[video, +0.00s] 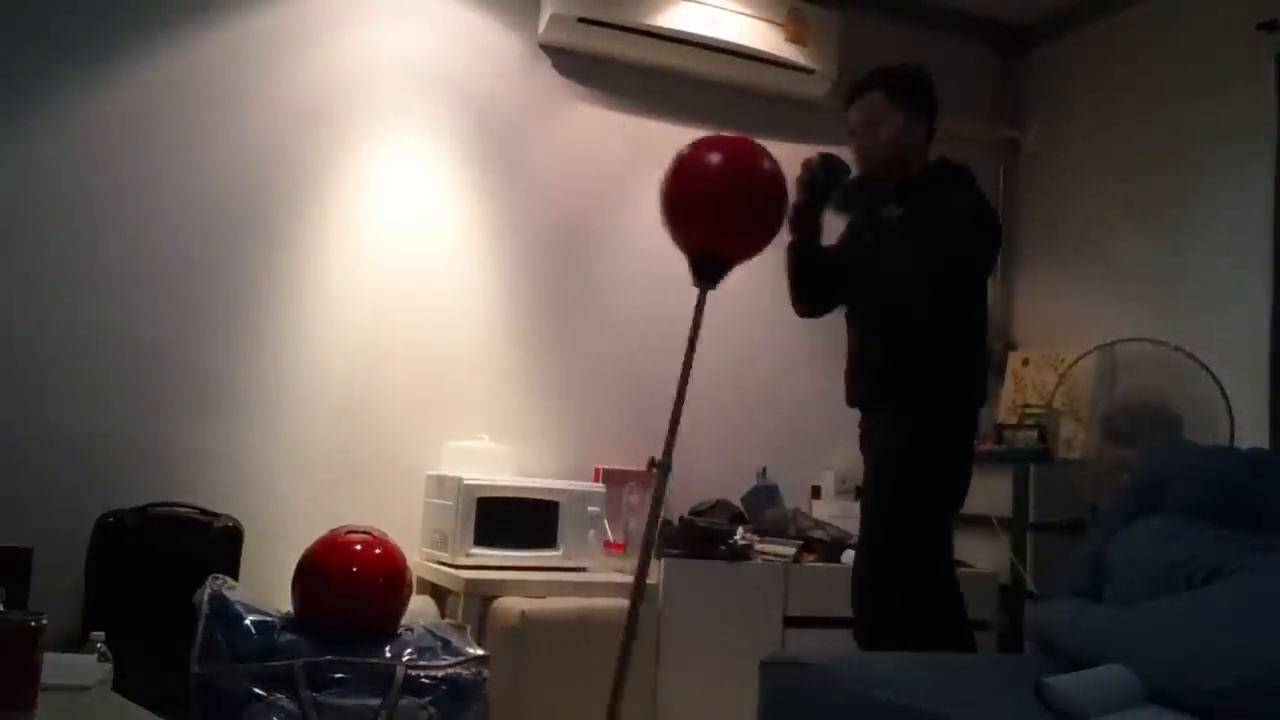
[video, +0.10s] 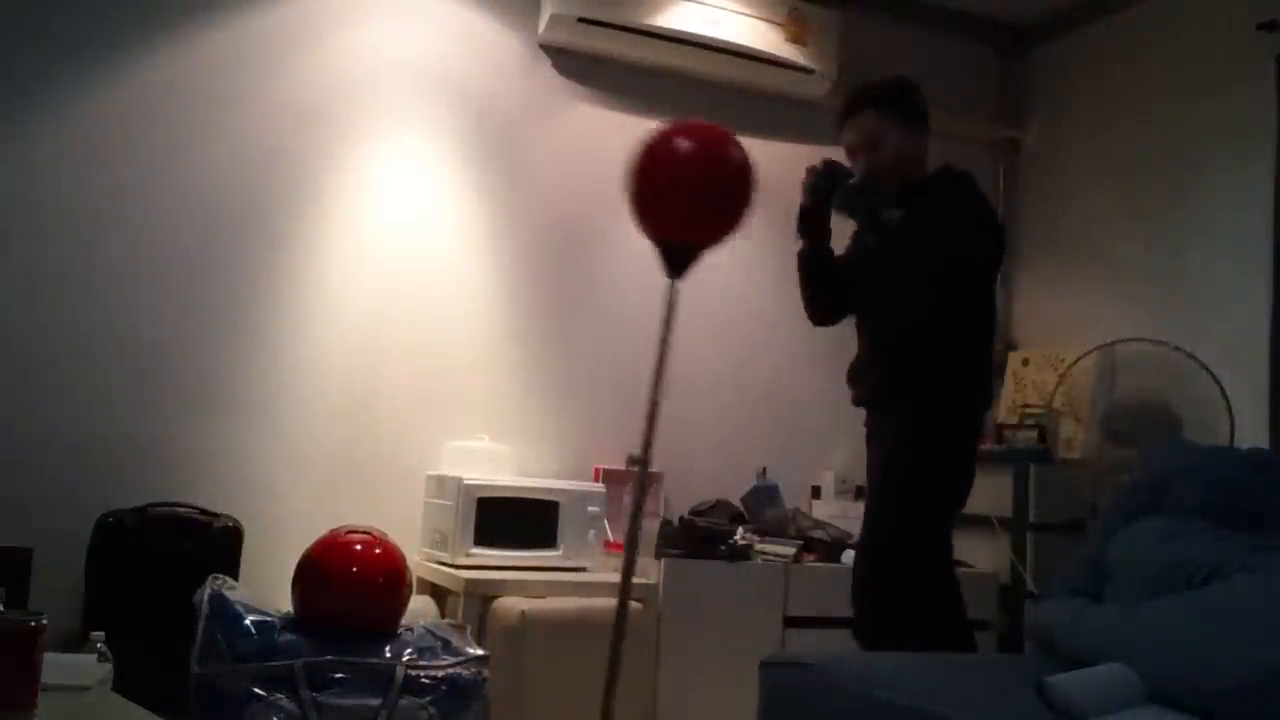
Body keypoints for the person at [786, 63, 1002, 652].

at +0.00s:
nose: (854, 139)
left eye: (866, 123)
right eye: (851, 127)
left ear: (907, 125)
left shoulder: (951, 192)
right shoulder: (877, 209)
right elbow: (811, 295)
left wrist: (865, 195)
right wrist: (805, 214)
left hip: (934, 415)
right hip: (890, 416)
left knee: (887, 588)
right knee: (916, 582)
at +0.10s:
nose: (858, 165)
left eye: (870, 147)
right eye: (851, 152)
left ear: (912, 137)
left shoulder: (955, 202)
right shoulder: (888, 221)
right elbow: (824, 303)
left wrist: (858, 201)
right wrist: (813, 220)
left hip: (939, 420)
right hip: (897, 420)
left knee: (885, 586)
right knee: (918, 581)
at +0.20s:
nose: (856, 171)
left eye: (866, 152)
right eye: (849, 159)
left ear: (907, 141)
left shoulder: (955, 206)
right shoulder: (887, 225)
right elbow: (832, 315)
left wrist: (866, 230)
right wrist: (812, 241)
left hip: (940, 419)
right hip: (901, 421)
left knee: (884, 586)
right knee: (924, 582)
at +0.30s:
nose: (847, 169)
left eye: (856, 150)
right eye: (837, 160)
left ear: (896, 138)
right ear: (832, 163)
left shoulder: (941, 199)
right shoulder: (887, 223)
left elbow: (915, 296)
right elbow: (847, 331)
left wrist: (846, 250)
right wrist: (814, 271)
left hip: (942, 410)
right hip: (906, 412)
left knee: (893, 581)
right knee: (916, 577)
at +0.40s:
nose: (827, 181)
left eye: (833, 161)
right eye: (820, 171)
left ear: (872, 143)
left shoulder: (921, 193)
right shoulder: (887, 223)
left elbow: (910, 271)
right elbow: (882, 343)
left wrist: (829, 247)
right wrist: (825, 304)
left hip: (944, 415)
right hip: (919, 416)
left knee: (895, 593)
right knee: (917, 590)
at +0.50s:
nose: (814, 185)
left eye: (820, 166)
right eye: (808, 174)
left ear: (858, 146)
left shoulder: (909, 188)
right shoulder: (889, 218)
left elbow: (840, 221)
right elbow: (906, 351)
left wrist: (738, 196)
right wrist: (839, 325)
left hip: (941, 417)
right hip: (937, 418)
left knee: (895, 593)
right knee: (920, 592)